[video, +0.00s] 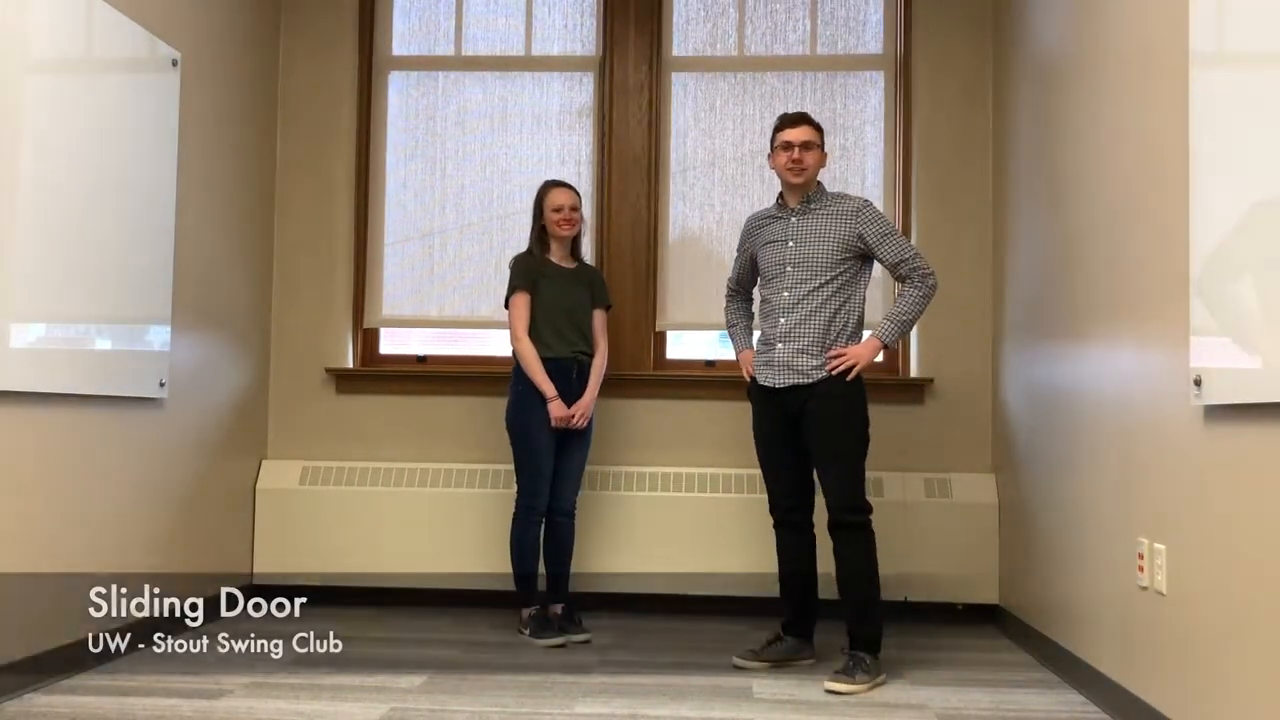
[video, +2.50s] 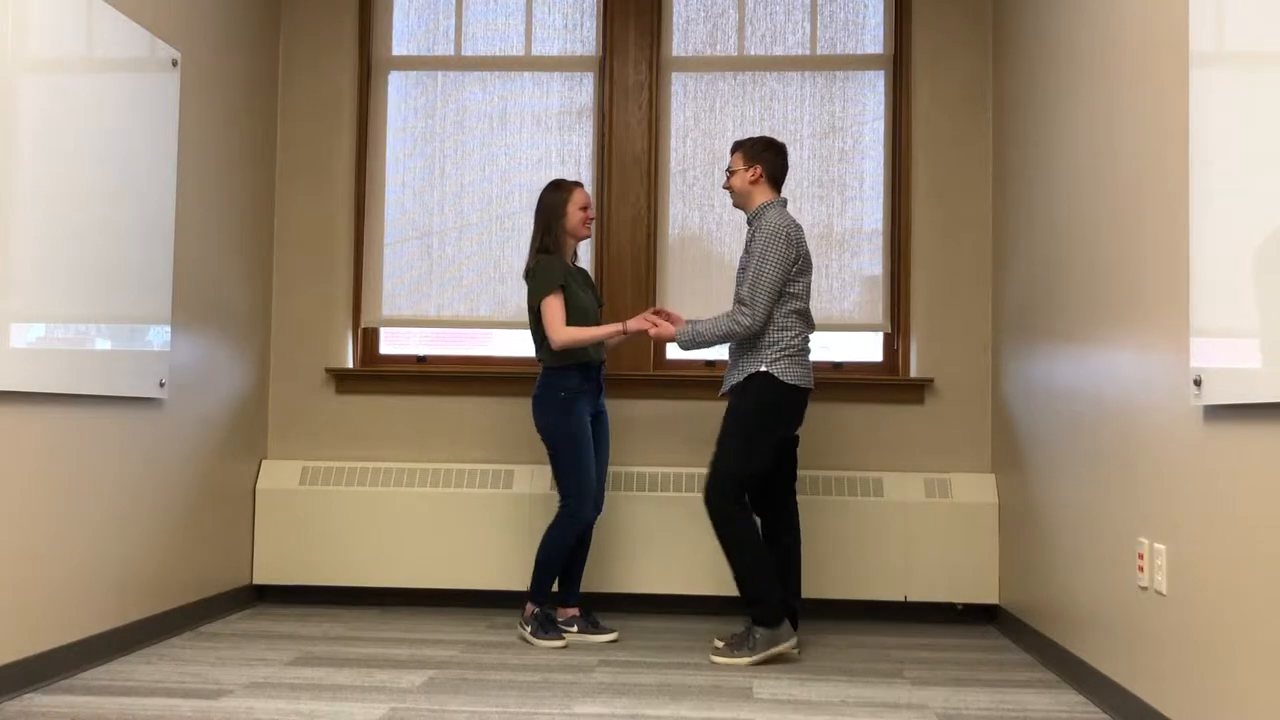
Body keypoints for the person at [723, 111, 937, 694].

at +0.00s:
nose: (796, 155)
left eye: (806, 146)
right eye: (786, 147)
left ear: (823, 156)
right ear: (771, 158)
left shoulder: (853, 214)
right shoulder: (757, 226)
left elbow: (920, 278)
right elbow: (737, 292)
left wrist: (878, 340)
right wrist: (743, 345)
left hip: (834, 388)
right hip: (772, 391)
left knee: (847, 516)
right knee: (789, 518)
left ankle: (863, 651)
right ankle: (795, 637)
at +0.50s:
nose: (799, 155)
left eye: (810, 146)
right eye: (789, 147)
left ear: (828, 155)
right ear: (776, 157)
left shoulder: (858, 214)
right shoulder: (762, 225)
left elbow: (924, 280)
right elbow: (743, 294)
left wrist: (882, 340)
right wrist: (747, 344)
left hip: (838, 388)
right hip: (776, 392)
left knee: (852, 516)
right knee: (791, 517)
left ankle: (863, 653)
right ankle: (795, 636)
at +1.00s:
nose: (770, 166)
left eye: (775, 155)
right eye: (771, 157)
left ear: (799, 153)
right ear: (803, 153)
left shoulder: (853, 205)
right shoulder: (812, 213)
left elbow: (919, 275)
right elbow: (844, 291)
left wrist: (869, 347)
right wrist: (801, 355)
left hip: (848, 392)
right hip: (804, 392)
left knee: (862, 519)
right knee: (800, 515)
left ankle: (866, 653)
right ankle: (796, 637)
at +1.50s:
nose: (768, 170)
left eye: (774, 160)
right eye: (770, 160)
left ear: (797, 163)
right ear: (803, 163)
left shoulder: (829, 217)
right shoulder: (811, 218)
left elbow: (821, 309)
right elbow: (826, 311)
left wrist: (750, 356)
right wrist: (792, 367)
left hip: (840, 387)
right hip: (811, 384)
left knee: (858, 519)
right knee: (788, 506)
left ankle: (866, 653)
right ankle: (781, 625)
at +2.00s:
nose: (739, 177)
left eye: (744, 167)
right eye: (740, 168)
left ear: (768, 169)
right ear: (773, 170)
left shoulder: (792, 224)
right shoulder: (779, 225)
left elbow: (757, 307)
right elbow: (758, 314)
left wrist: (687, 337)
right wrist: (699, 351)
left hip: (792, 382)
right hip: (776, 381)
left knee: (770, 504)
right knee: (766, 503)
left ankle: (799, 632)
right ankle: (779, 623)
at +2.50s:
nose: (726, 180)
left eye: (731, 170)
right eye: (728, 171)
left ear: (755, 173)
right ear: (762, 175)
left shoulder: (771, 228)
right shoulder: (777, 227)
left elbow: (749, 319)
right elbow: (750, 319)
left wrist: (681, 333)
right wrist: (687, 324)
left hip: (768, 383)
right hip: (781, 382)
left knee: (723, 496)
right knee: (775, 502)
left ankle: (769, 624)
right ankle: (782, 625)